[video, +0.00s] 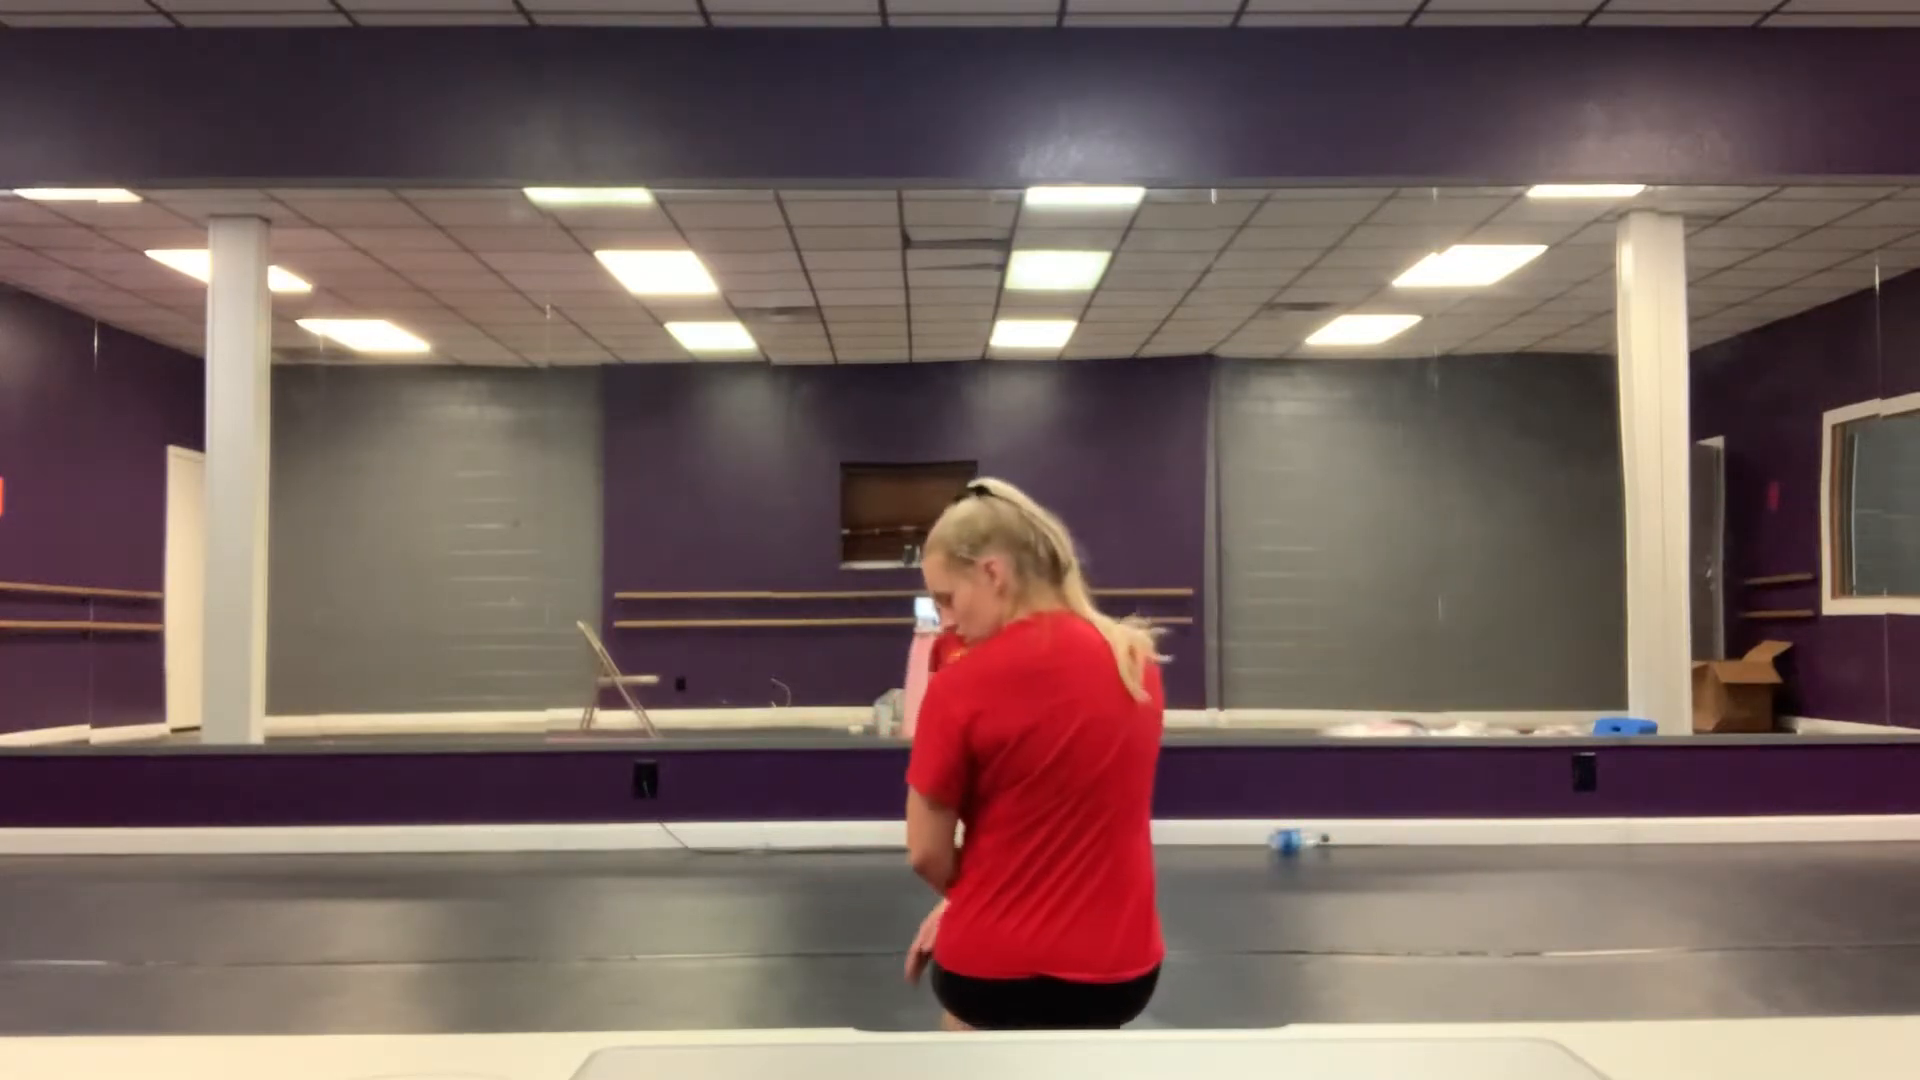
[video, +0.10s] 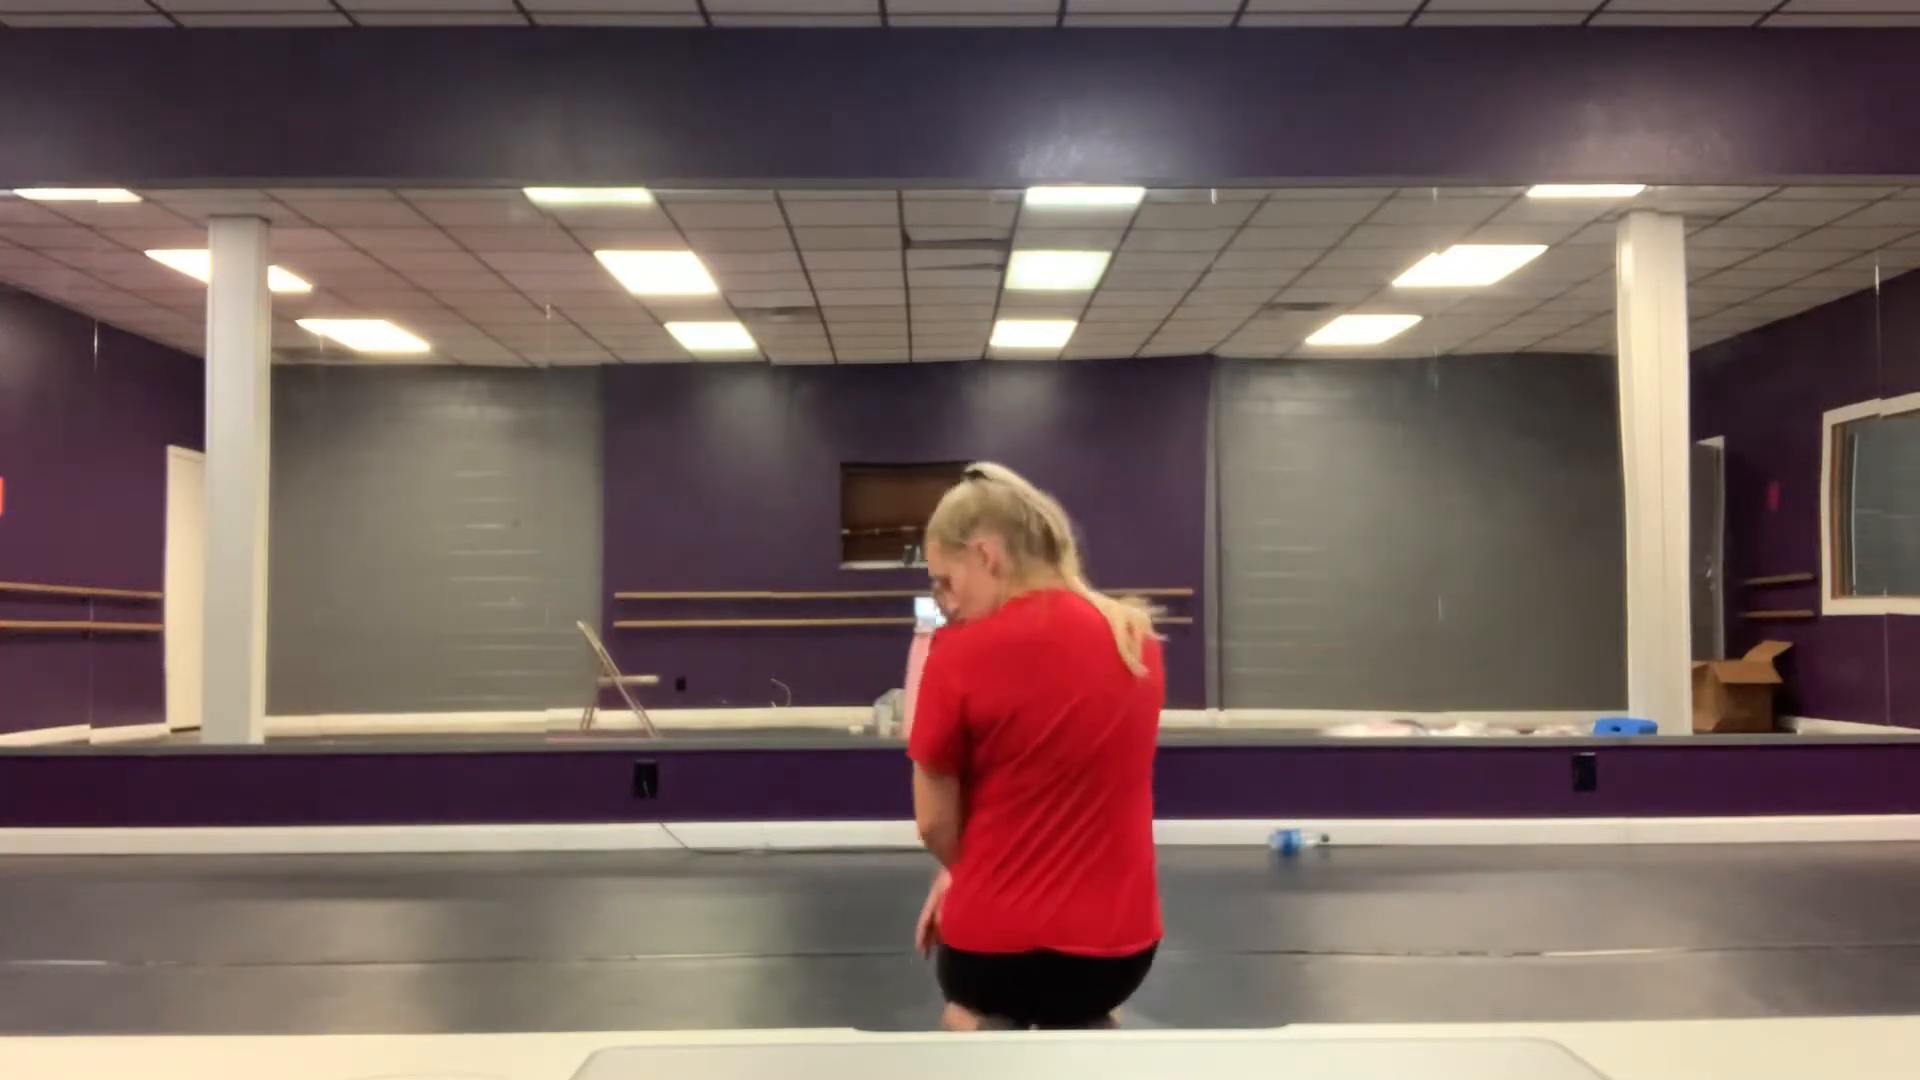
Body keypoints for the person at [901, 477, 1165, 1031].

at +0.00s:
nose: (946, 622)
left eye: (946, 600)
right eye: (939, 605)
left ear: (995, 574)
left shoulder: (965, 680)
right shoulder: (1135, 661)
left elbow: (927, 853)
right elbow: (1086, 820)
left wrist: (984, 894)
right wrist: (964, 902)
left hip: (995, 977)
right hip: (1120, 977)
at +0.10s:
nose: (945, 607)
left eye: (945, 583)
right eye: (938, 589)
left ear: (987, 555)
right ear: (1046, 549)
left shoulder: (958, 653)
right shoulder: (1138, 642)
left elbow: (937, 826)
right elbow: (1080, 792)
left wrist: (989, 871)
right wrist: (961, 872)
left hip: (996, 947)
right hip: (1117, 950)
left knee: (971, 1010)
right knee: (1086, 1018)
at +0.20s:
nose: (956, 569)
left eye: (953, 548)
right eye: (949, 552)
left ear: (983, 523)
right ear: (1051, 514)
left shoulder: (954, 629)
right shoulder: (1136, 603)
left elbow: (940, 795)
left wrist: (977, 851)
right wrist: (951, 824)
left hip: (996, 901)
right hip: (1114, 901)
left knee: (979, 1010)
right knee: (1079, 1005)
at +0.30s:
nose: (968, 521)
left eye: (966, 507)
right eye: (965, 509)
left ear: (985, 492)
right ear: (1060, 477)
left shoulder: (953, 598)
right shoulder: (1134, 569)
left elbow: (939, 762)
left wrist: (981, 827)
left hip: (993, 862)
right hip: (1113, 858)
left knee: (982, 993)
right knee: (1074, 993)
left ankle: (996, 1032)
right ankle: (1092, 1034)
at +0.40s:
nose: (973, 478)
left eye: (972, 465)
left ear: (986, 465)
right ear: (1072, 450)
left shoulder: (944, 577)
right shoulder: (1132, 542)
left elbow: (931, 736)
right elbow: (1059, 526)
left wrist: (971, 798)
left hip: (990, 832)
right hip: (1107, 829)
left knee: (985, 983)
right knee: (1075, 981)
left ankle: (1003, 1042)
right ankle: (1093, 1043)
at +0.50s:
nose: (979, 448)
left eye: (983, 438)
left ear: (995, 450)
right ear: (1075, 441)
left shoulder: (941, 566)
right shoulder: (1121, 532)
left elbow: (924, 724)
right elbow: (1092, 448)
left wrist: (968, 790)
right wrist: (975, 448)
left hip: (987, 815)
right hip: (1101, 813)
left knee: (985, 981)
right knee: (1073, 980)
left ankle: (1002, 1040)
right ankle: (1093, 1040)